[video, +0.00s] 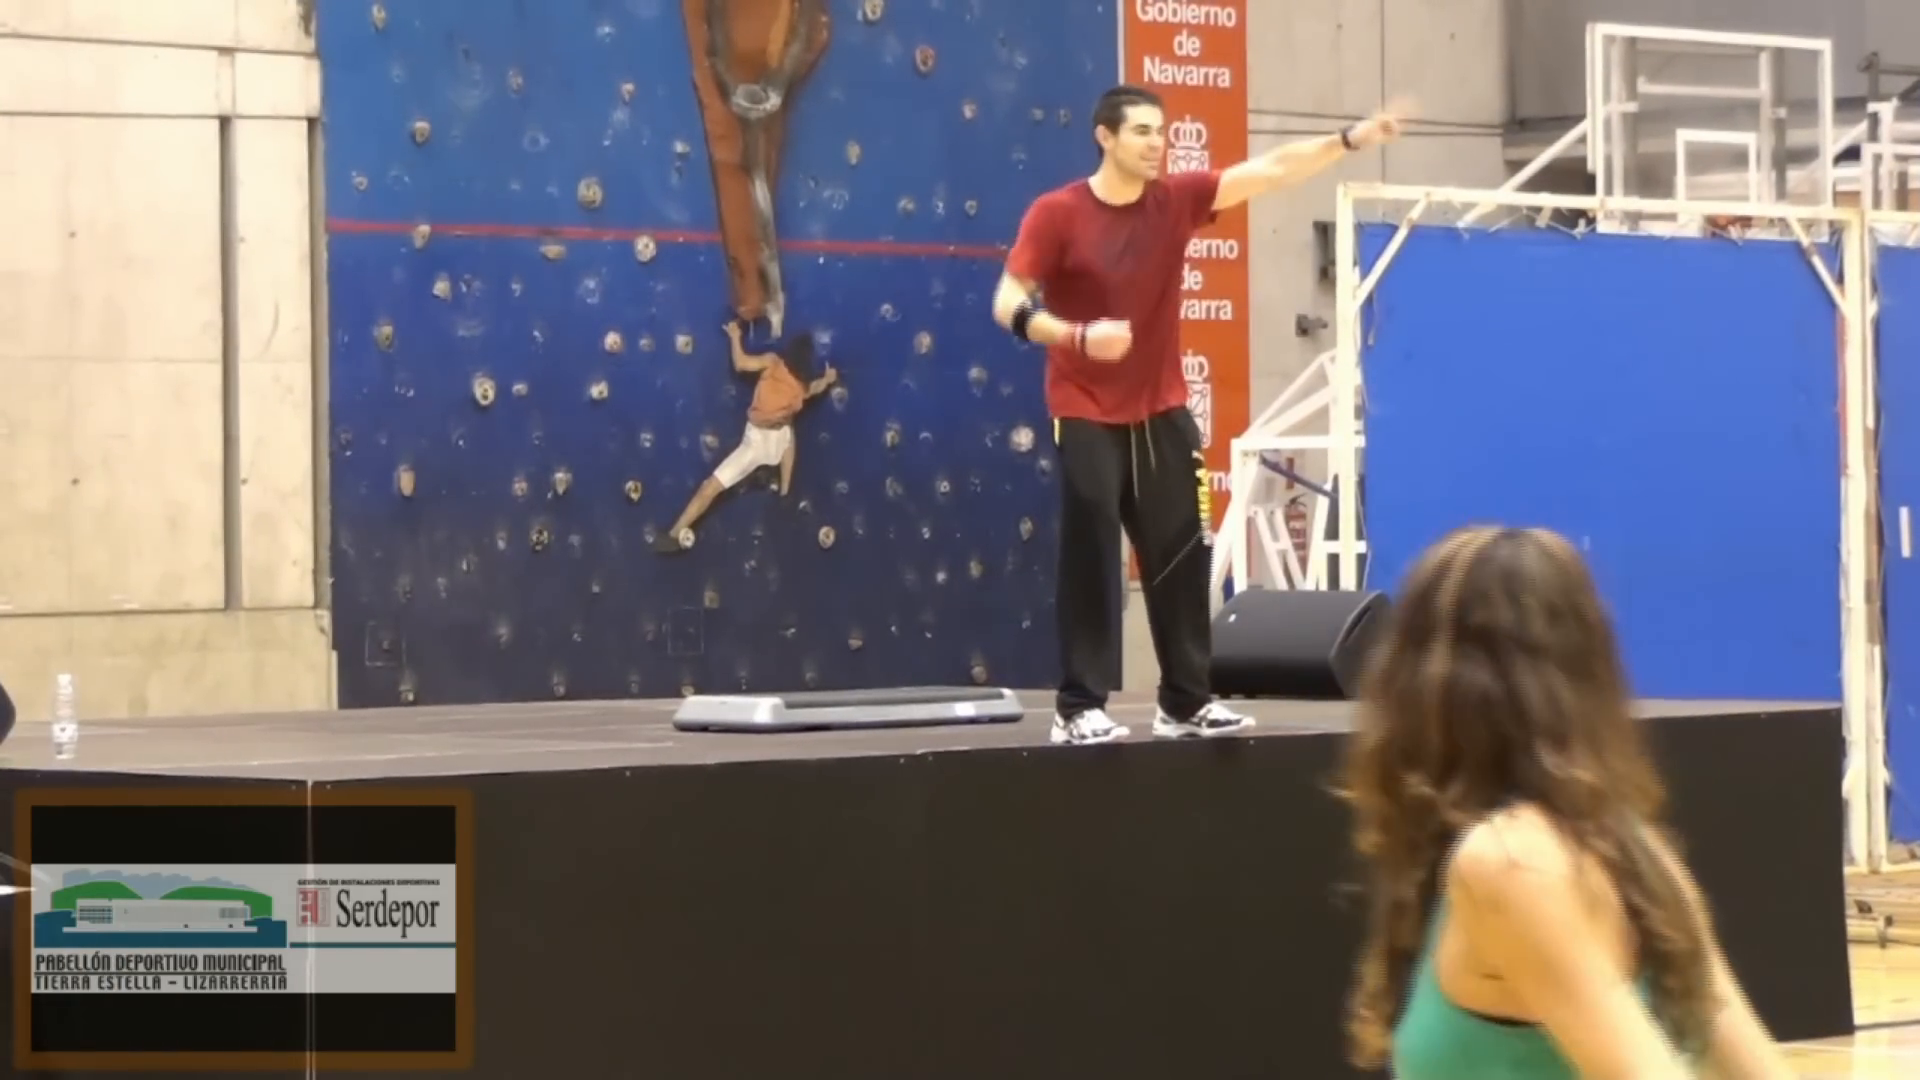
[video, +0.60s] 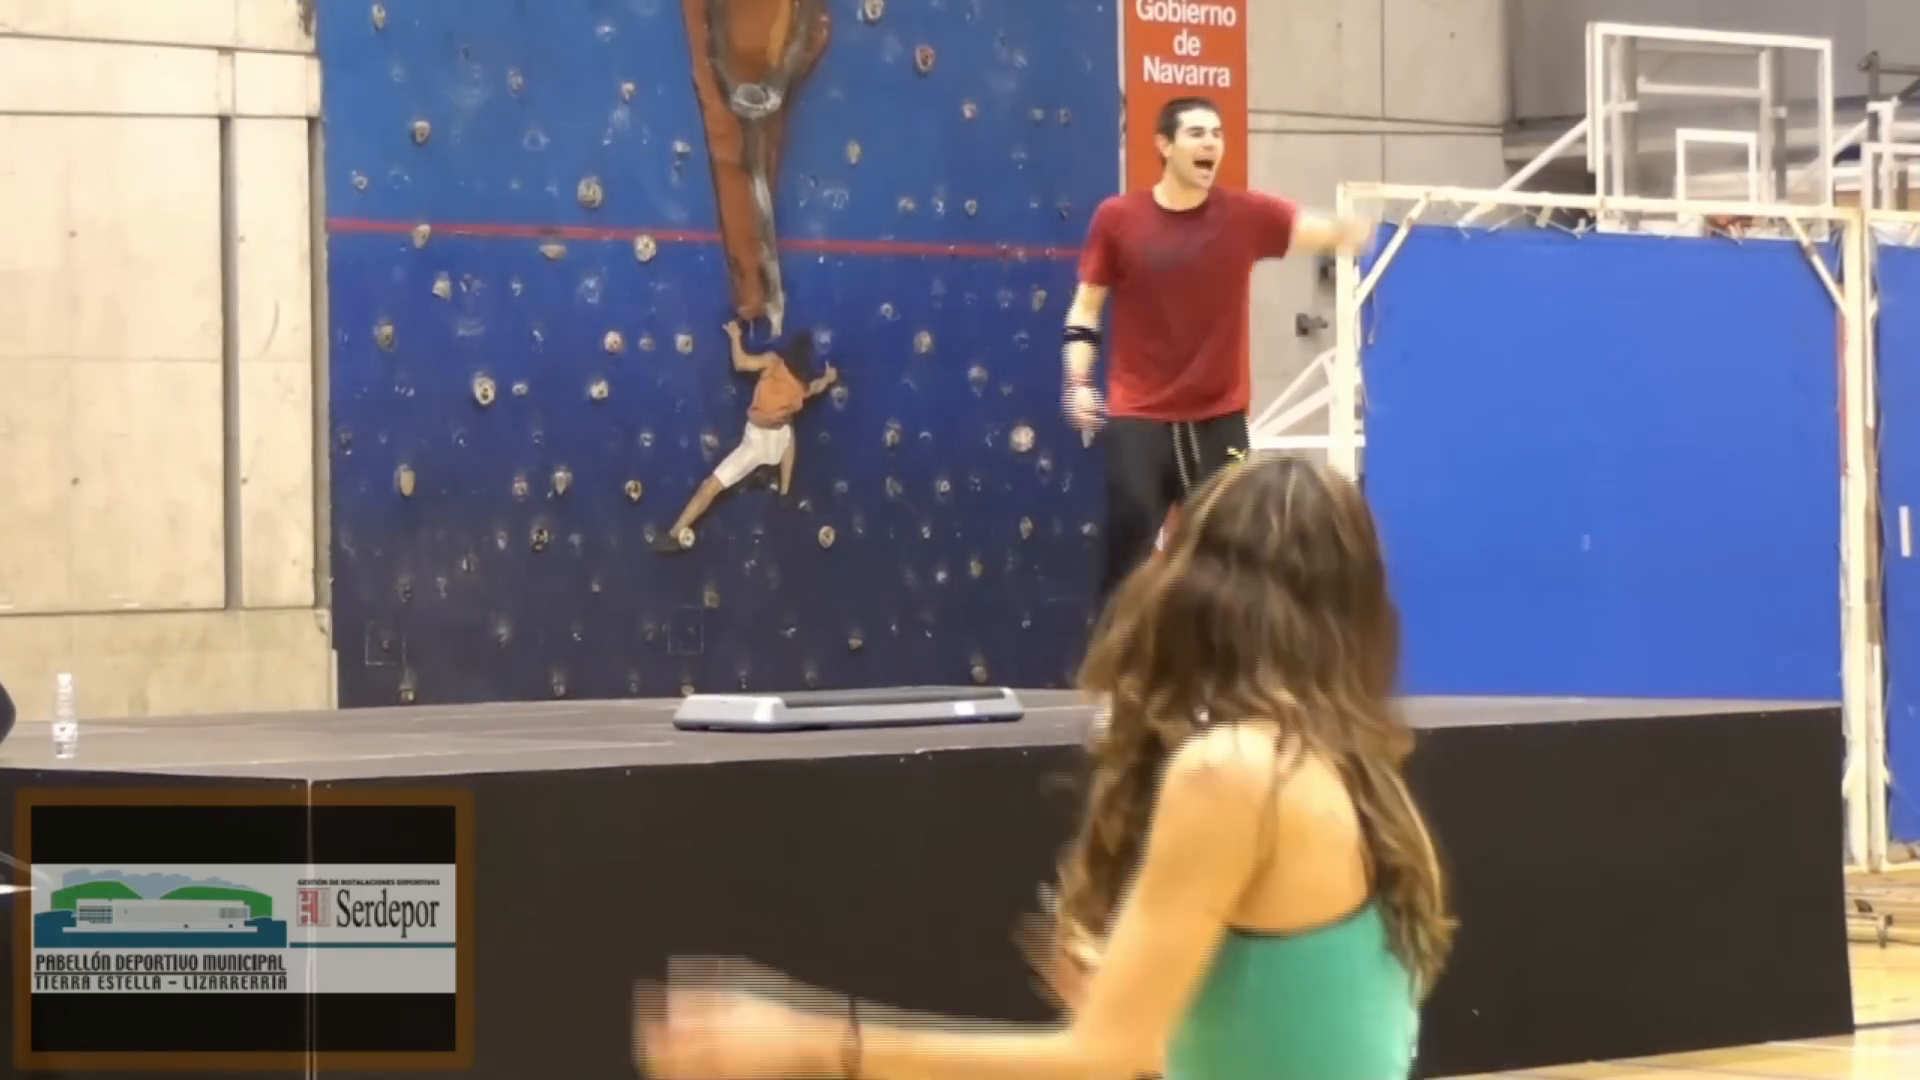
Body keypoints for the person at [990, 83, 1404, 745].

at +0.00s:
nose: (1155, 144)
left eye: (1160, 133)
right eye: (1142, 132)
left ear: (1164, 139)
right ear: (1105, 138)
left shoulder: (1178, 198)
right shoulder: (1056, 213)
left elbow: (1272, 171)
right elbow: (1008, 306)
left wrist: (1351, 139)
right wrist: (1079, 335)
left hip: (1161, 406)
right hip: (1086, 410)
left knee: (1178, 550)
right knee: (1091, 552)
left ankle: (1187, 701)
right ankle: (1081, 706)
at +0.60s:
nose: (1209, 145)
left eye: (1216, 135)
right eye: (1195, 133)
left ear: (1224, 147)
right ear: (1164, 145)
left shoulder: (1243, 213)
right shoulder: (1118, 217)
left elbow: (1326, 233)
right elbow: (1087, 307)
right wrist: (1078, 382)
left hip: (1218, 413)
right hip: (1139, 414)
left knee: (1231, 540)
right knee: (1130, 529)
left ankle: (1234, 665)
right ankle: (1116, 663)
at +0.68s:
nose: (1210, 146)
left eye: (1217, 135)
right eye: (1195, 136)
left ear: (1226, 145)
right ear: (1167, 151)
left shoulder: (1253, 218)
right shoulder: (1130, 220)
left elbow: (1325, 284)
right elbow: (1100, 313)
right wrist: (1111, 396)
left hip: (1230, 417)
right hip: (1151, 422)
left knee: (1236, 550)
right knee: (1147, 560)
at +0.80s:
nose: (1200, 160)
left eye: (1207, 147)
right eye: (1185, 152)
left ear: (1224, 155)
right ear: (1168, 170)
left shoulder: (1269, 236)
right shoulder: (1143, 240)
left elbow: (1299, 330)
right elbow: (1128, 336)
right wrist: (1150, 415)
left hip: (1247, 442)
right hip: (1169, 445)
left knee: (1249, 577)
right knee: (1170, 585)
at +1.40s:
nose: (1298, 184)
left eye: (1307, 172)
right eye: (1286, 174)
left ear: (1320, 175)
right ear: (1265, 180)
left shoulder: (1357, 241)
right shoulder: (1239, 247)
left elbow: (1388, 327)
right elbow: (1229, 327)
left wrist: (1343, 390)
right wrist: (1225, 394)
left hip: (1341, 421)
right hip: (1266, 421)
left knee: (1351, 554)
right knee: (1259, 548)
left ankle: (1360, 678)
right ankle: (1238, 671)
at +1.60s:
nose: (1324, 174)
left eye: (1330, 163)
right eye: (1310, 166)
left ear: (1339, 168)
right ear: (1284, 174)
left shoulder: (1373, 230)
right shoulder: (1255, 240)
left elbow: (1412, 313)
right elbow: (1237, 322)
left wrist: (1375, 384)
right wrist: (1264, 386)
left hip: (1355, 417)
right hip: (1288, 422)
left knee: (1353, 540)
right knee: (1298, 548)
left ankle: (1358, 677)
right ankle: (1319, 669)